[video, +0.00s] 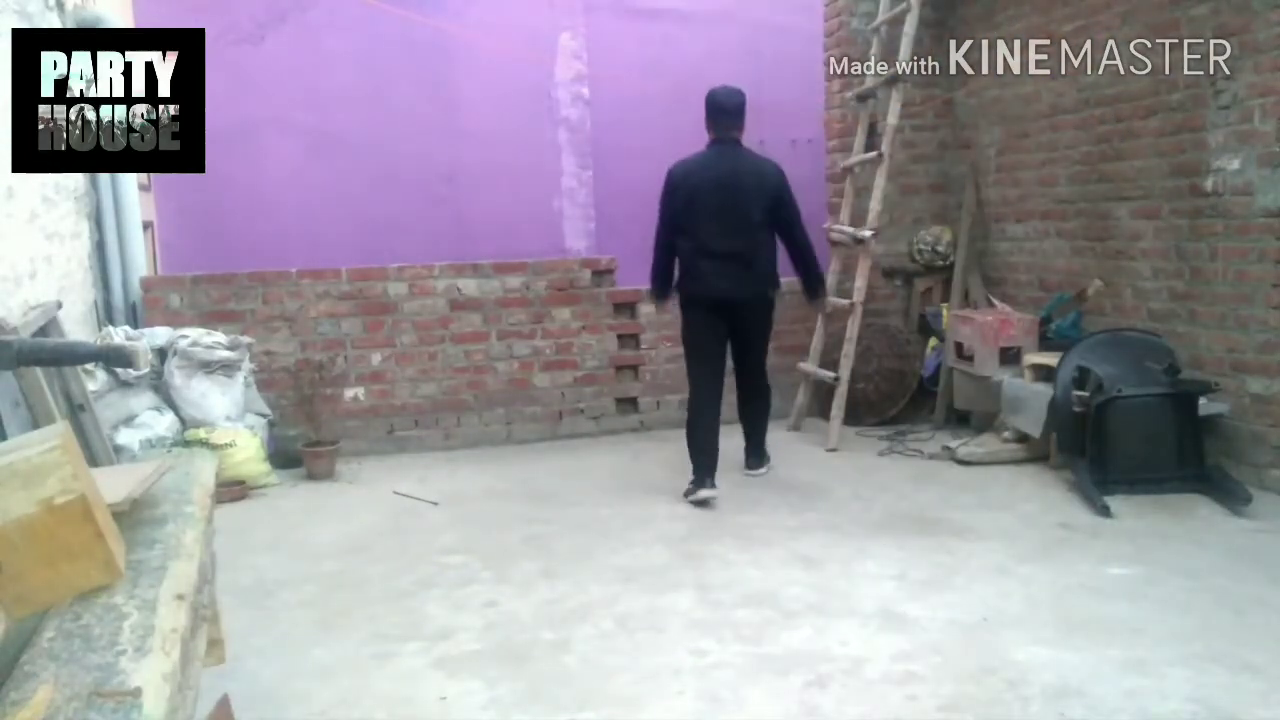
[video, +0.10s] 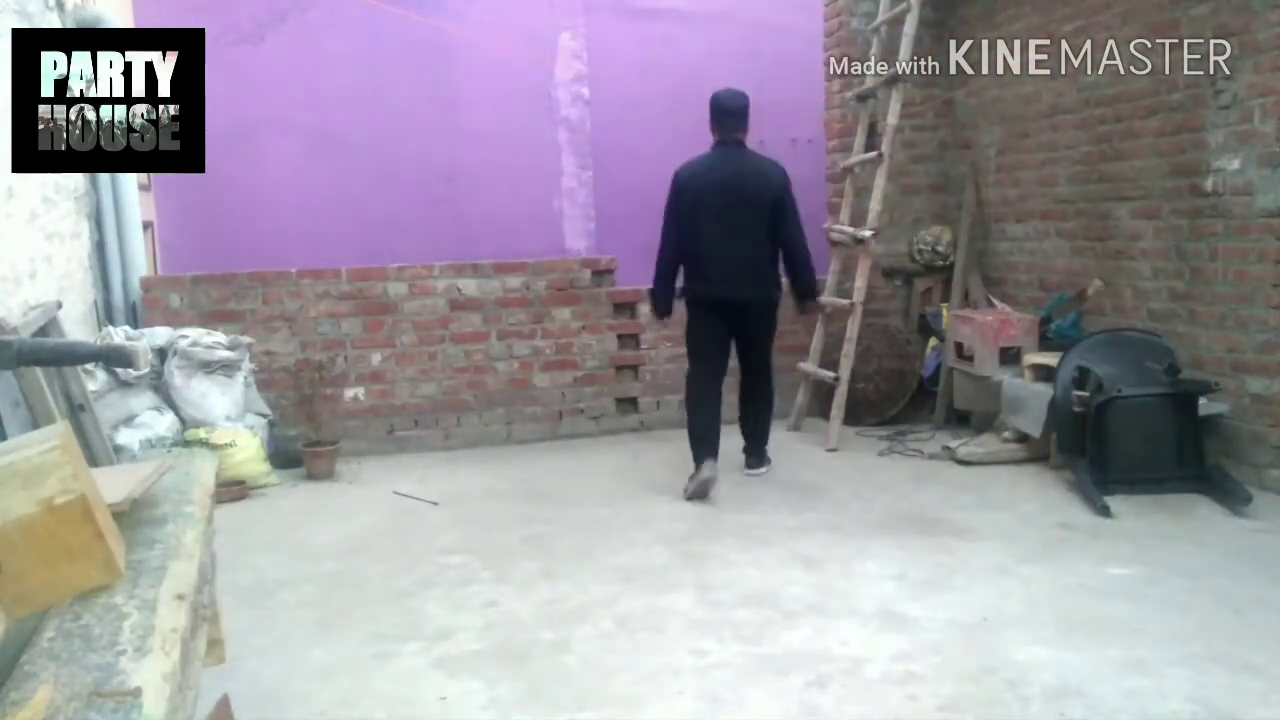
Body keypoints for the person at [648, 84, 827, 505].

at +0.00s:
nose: (722, 125)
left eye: (715, 116)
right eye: (734, 118)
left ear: (707, 121)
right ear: (743, 121)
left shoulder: (683, 174)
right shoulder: (767, 173)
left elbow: (666, 236)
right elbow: (794, 235)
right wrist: (814, 282)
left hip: (701, 297)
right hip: (754, 296)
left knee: (703, 383)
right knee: (753, 371)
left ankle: (703, 478)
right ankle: (755, 456)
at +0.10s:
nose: (725, 127)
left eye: (718, 119)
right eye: (739, 120)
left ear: (712, 123)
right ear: (747, 123)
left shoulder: (688, 176)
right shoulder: (771, 174)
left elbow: (672, 242)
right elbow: (792, 240)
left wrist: (661, 295)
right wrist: (806, 289)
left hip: (706, 298)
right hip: (758, 298)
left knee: (704, 374)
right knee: (757, 370)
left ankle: (705, 459)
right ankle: (756, 454)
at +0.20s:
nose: (730, 126)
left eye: (722, 120)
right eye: (741, 119)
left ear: (717, 123)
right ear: (752, 122)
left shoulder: (697, 172)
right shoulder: (779, 170)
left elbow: (684, 234)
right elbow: (790, 231)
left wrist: (675, 286)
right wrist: (788, 280)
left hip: (713, 291)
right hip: (763, 291)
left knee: (703, 362)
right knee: (763, 372)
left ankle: (710, 429)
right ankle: (756, 454)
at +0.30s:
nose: (731, 125)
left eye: (724, 119)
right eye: (743, 118)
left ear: (719, 122)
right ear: (753, 121)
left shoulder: (700, 169)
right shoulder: (781, 168)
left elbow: (689, 229)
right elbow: (792, 228)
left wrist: (682, 277)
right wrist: (791, 275)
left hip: (715, 287)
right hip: (764, 288)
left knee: (707, 354)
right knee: (762, 370)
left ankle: (718, 426)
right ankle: (756, 454)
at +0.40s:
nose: (734, 128)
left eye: (727, 121)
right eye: (745, 121)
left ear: (720, 125)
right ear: (754, 124)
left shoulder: (700, 172)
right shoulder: (781, 171)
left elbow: (688, 231)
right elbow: (797, 231)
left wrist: (683, 281)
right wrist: (803, 280)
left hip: (716, 288)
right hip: (764, 289)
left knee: (719, 362)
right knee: (761, 367)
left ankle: (726, 441)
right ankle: (756, 453)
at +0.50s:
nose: (735, 133)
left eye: (728, 126)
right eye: (746, 126)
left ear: (721, 130)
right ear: (753, 129)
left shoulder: (700, 177)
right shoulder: (776, 174)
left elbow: (683, 239)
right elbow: (797, 234)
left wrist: (679, 292)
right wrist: (809, 283)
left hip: (716, 291)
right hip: (764, 291)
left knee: (724, 360)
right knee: (761, 367)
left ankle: (726, 432)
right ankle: (756, 454)